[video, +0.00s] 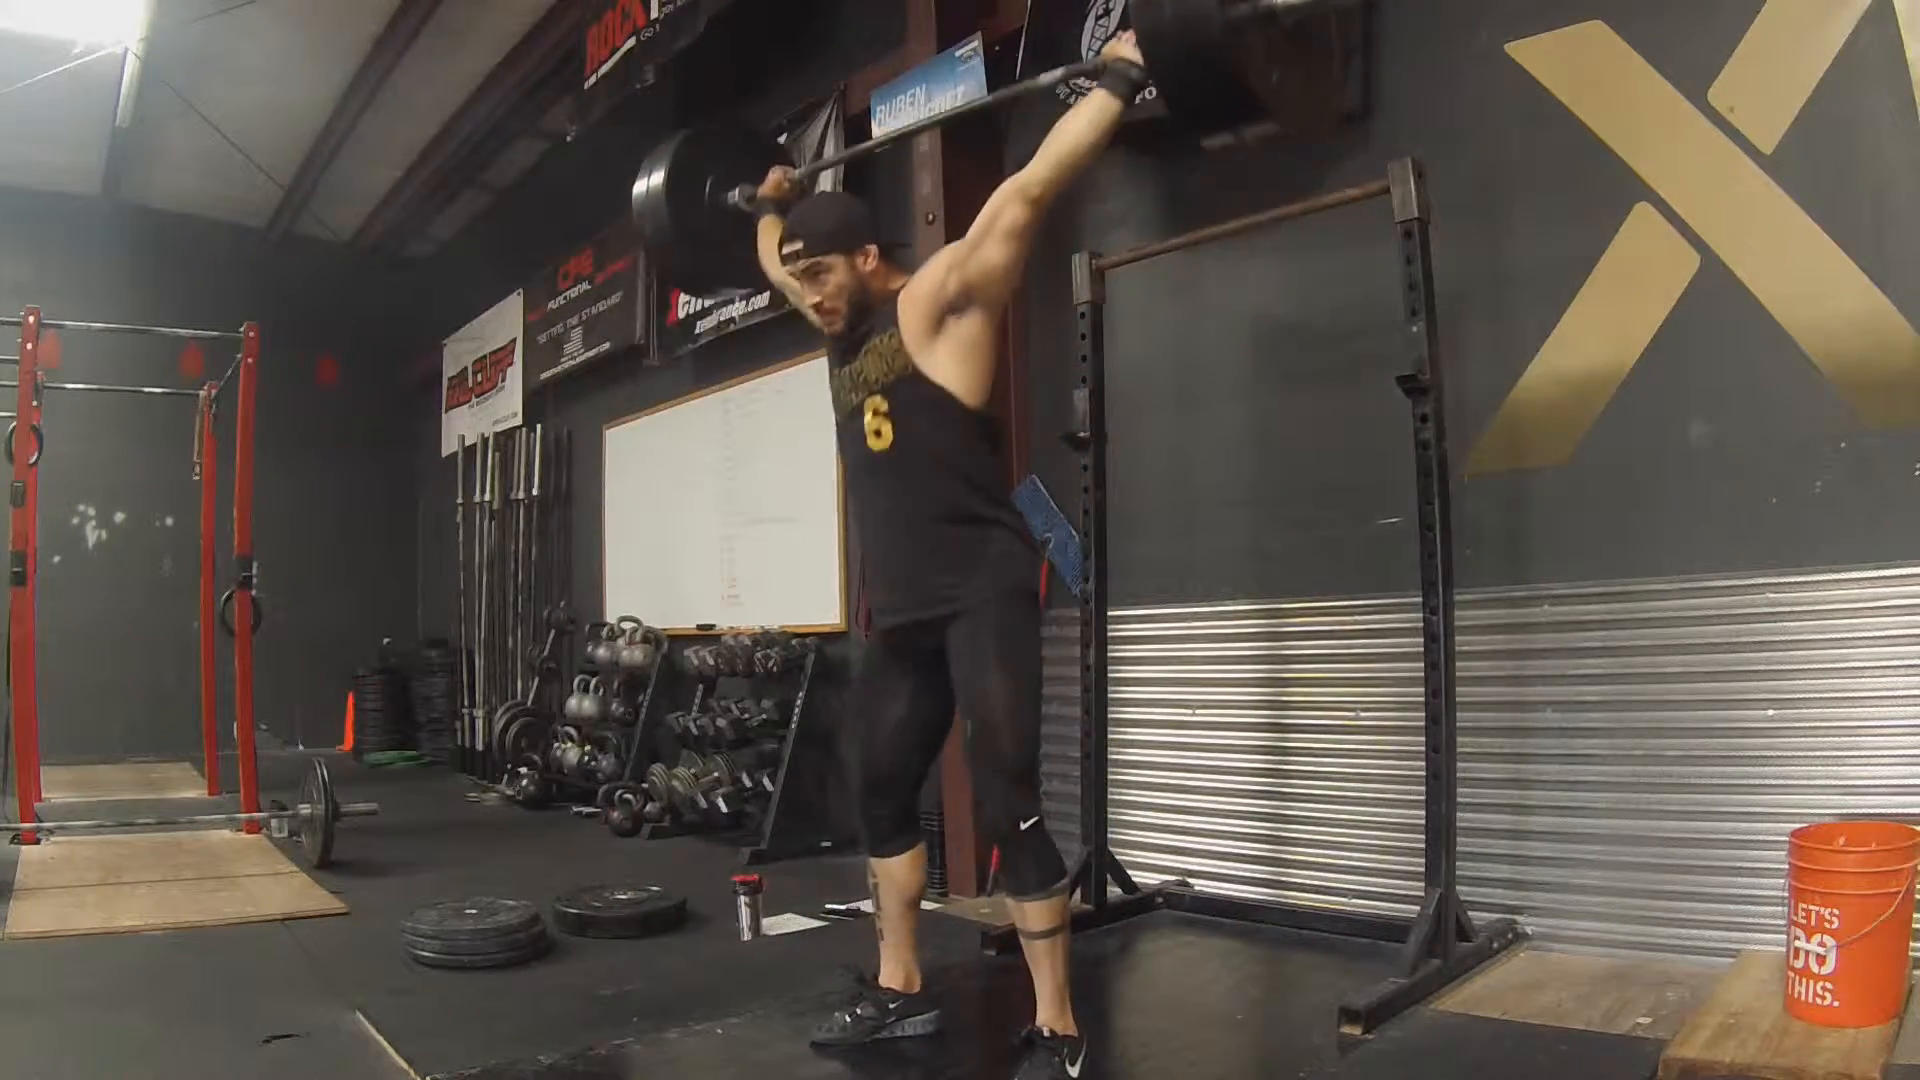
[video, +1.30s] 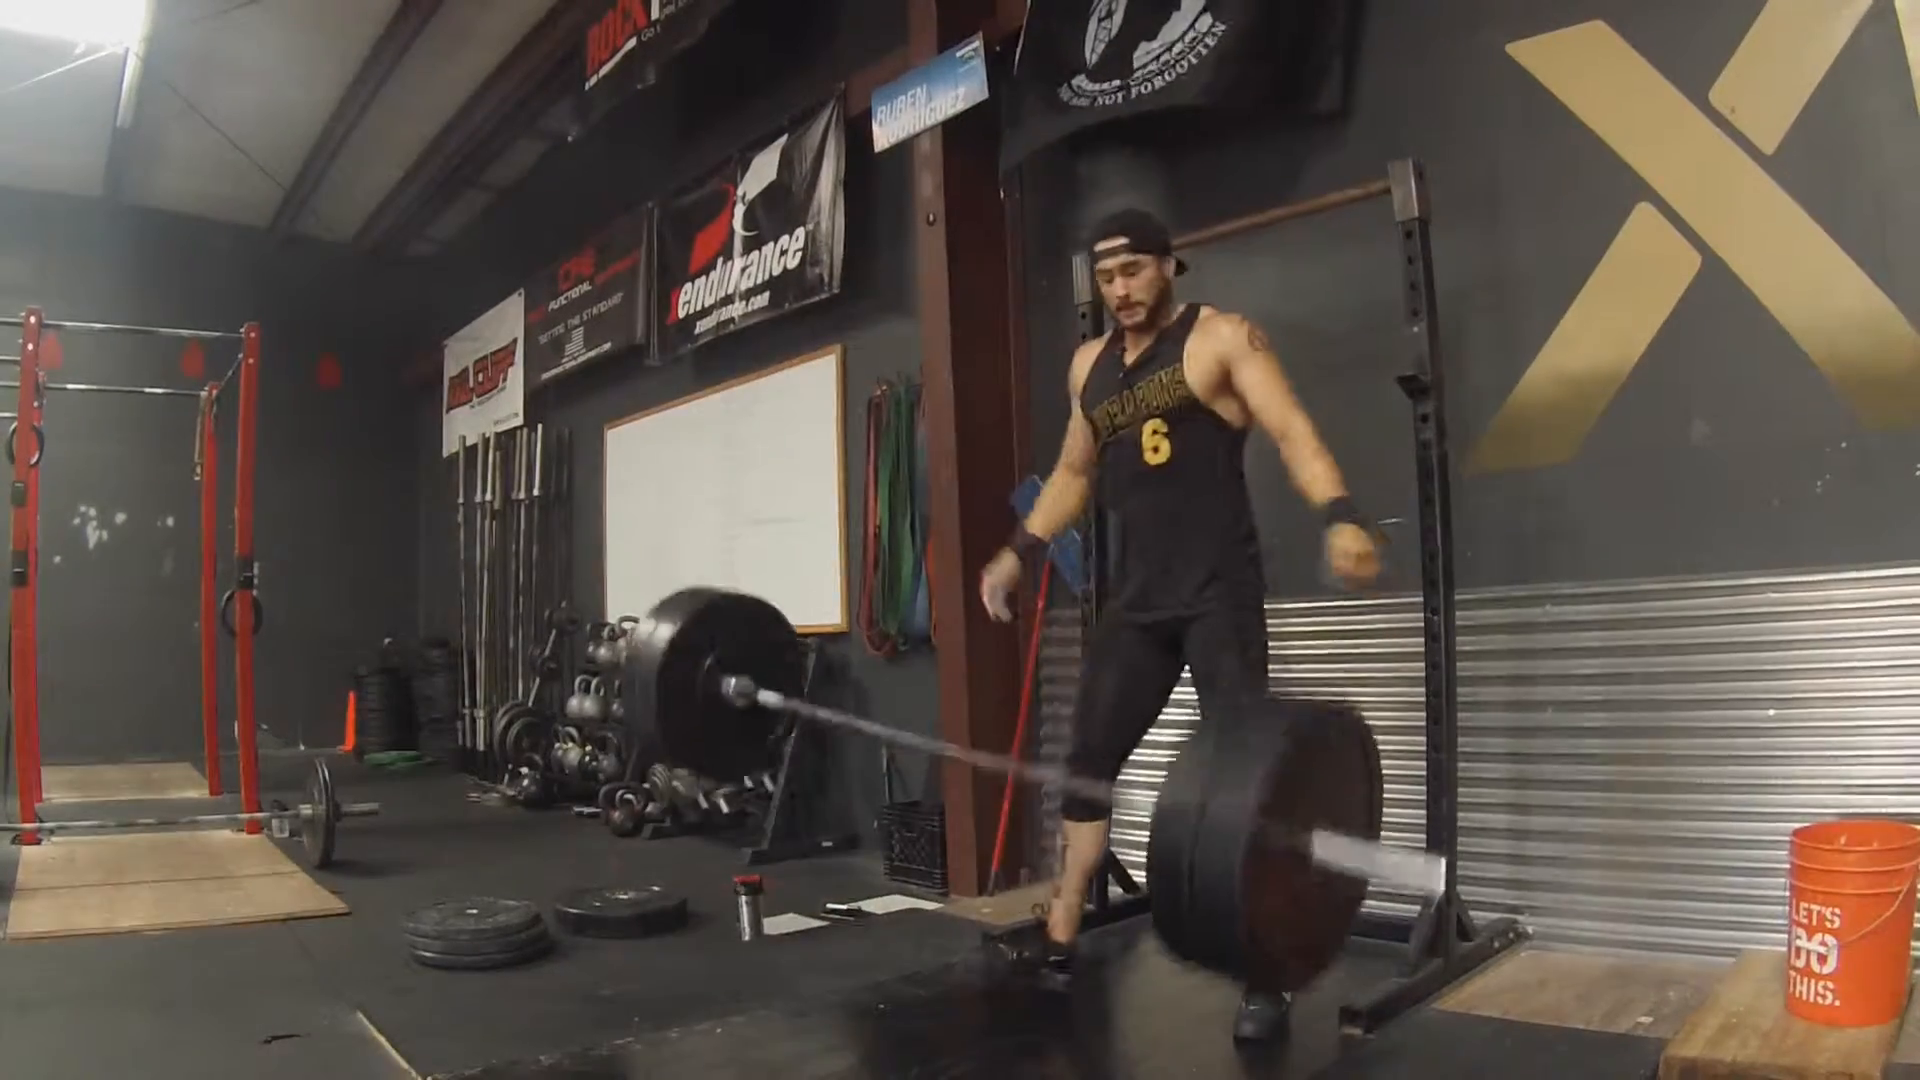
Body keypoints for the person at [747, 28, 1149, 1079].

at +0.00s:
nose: (807, 292)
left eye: (817, 271)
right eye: (797, 280)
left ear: (868, 255)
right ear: (813, 280)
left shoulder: (949, 290)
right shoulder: (853, 334)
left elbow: (1026, 188)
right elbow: (779, 268)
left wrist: (1115, 80)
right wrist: (769, 200)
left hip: (985, 588)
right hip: (900, 608)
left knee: (1008, 795)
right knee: (879, 787)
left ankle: (1057, 1031)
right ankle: (899, 998)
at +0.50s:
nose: (953, 255)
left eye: (968, 241)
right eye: (947, 244)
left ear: (1016, 250)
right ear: (953, 260)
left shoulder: (1056, 311)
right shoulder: (947, 332)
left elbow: (1149, 285)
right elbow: (868, 324)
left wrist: (1142, 185)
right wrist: (792, 273)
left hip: (1051, 596)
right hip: (965, 603)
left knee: (1068, 794)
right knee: (923, 774)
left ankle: (1098, 1017)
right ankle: (926, 972)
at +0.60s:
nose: (998, 285)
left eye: (1012, 270)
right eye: (992, 273)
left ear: (1058, 273)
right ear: (990, 278)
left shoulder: (1095, 335)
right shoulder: (986, 350)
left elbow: (1158, 366)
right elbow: (896, 386)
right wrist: (798, 361)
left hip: (1070, 600)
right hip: (990, 602)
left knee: (1089, 791)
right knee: (933, 781)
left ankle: (1182, 967)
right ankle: (995, 947)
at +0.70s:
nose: (1026, 317)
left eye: (1042, 301)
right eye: (1019, 304)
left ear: (1087, 308)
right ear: (1015, 314)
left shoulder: (1117, 383)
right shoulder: (1005, 397)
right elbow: (938, 466)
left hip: (1097, 631)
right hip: (1019, 632)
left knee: (1131, 820)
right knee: (949, 793)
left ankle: (1254, 954)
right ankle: (1003, 957)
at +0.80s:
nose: (1052, 326)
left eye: (1068, 311)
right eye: (1042, 314)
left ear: (1105, 320)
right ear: (1034, 326)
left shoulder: (1149, 400)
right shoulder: (1030, 417)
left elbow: (1203, 506)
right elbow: (1010, 528)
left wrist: (1190, 606)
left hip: (1139, 644)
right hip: (1052, 654)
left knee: (1192, 825)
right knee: (967, 794)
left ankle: (1258, 969)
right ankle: (1005, 956)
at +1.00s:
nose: (1107, 301)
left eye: (1121, 285)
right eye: (1092, 288)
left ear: (1146, 289)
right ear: (1074, 297)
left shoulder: (1195, 361)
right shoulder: (1063, 383)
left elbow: (1269, 460)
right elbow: (1090, 493)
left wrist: (1315, 574)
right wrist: (1080, 576)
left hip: (1193, 608)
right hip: (1109, 616)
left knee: (1223, 781)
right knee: (1042, 769)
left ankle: (1257, 969)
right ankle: (1027, 941)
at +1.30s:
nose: (1121, 283)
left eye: (1134, 266)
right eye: (1107, 273)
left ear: (1168, 267)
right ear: (1097, 283)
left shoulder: (1222, 338)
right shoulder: (1090, 363)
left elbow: (1292, 431)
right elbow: (1074, 471)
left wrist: (1339, 517)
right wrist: (1021, 549)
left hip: (1219, 589)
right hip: (1132, 599)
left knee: (1243, 771)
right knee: (1089, 762)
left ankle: (1264, 965)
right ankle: (1061, 932)